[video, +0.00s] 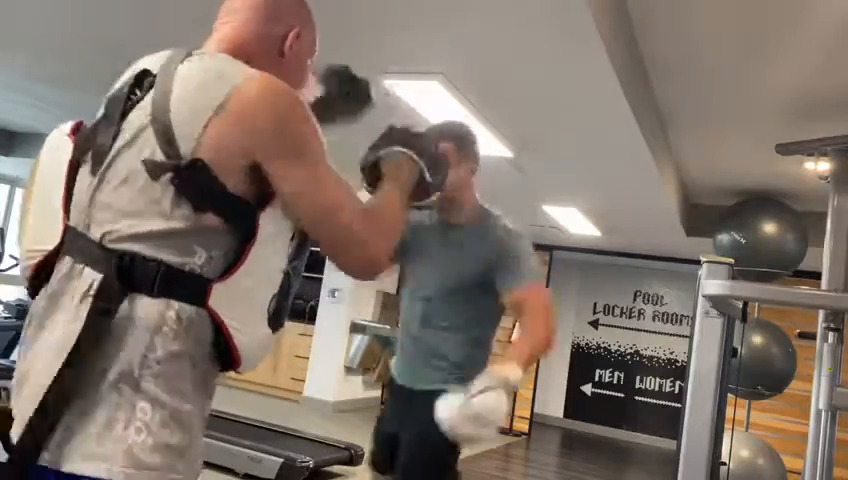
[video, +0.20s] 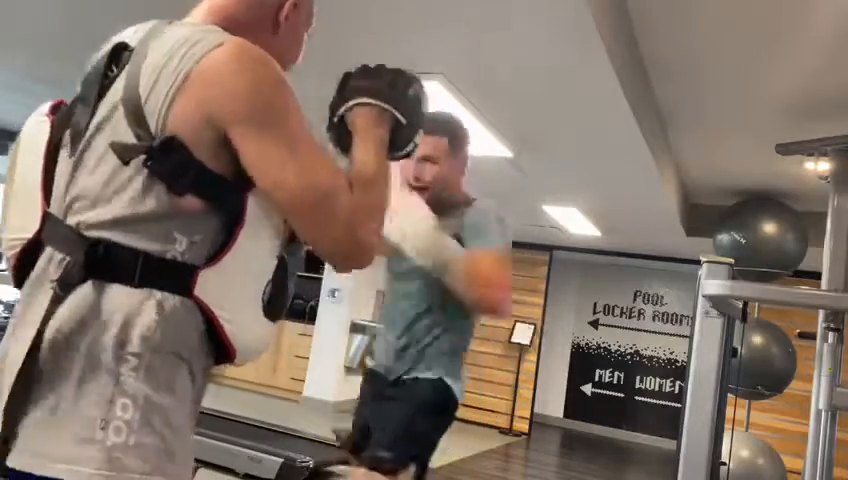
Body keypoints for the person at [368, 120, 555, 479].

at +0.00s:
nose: (439, 176)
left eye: (448, 165)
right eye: (433, 166)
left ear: (472, 168)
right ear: (423, 170)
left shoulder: (501, 240)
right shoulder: (413, 229)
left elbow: (538, 323)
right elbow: (363, 252)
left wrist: (502, 378)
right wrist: (392, 183)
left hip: (449, 395)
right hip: (401, 384)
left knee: (420, 472)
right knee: (384, 464)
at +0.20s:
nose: (415, 173)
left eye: (429, 161)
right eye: (413, 159)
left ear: (460, 165)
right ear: (406, 160)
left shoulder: (479, 217)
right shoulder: (408, 215)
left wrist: (427, 239)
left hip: (431, 377)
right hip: (383, 367)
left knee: (380, 469)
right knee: (357, 464)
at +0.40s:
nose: (396, 181)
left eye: (410, 170)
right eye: (392, 169)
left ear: (442, 173)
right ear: (382, 171)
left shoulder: (472, 251)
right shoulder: (361, 234)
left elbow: (511, 318)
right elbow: (320, 274)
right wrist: (263, 264)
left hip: (407, 407)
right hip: (348, 399)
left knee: (355, 472)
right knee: (349, 473)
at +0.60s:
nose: (326, 168)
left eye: (335, 155)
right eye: (327, 155)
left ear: (369, 157)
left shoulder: (418, 222)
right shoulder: (373, 220)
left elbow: (411, 299)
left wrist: (326, 320)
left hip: (393, 413)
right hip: (370, 403)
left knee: (316, 473)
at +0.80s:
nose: (388, 162)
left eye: (402, 149)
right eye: (385, 150)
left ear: (440, 151)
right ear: (381, 150)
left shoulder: (476, 220)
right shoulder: (398, 214)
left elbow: (471, 296)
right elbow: (331, 263)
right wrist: (354, 204)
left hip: (431, 396)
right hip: (394, 386)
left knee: (368, 471)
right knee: (415, 475)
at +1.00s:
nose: (410, 173)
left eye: (423, 161)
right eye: (406, 161)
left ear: (458, 162)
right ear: (401, 162)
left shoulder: (491, 221)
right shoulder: (422, 222)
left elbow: (492, 292)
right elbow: (366, 287)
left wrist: (431, 236)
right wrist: (374, 235)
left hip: (461, 394)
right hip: (420, 387)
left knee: (403, 473)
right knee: (431, 475)